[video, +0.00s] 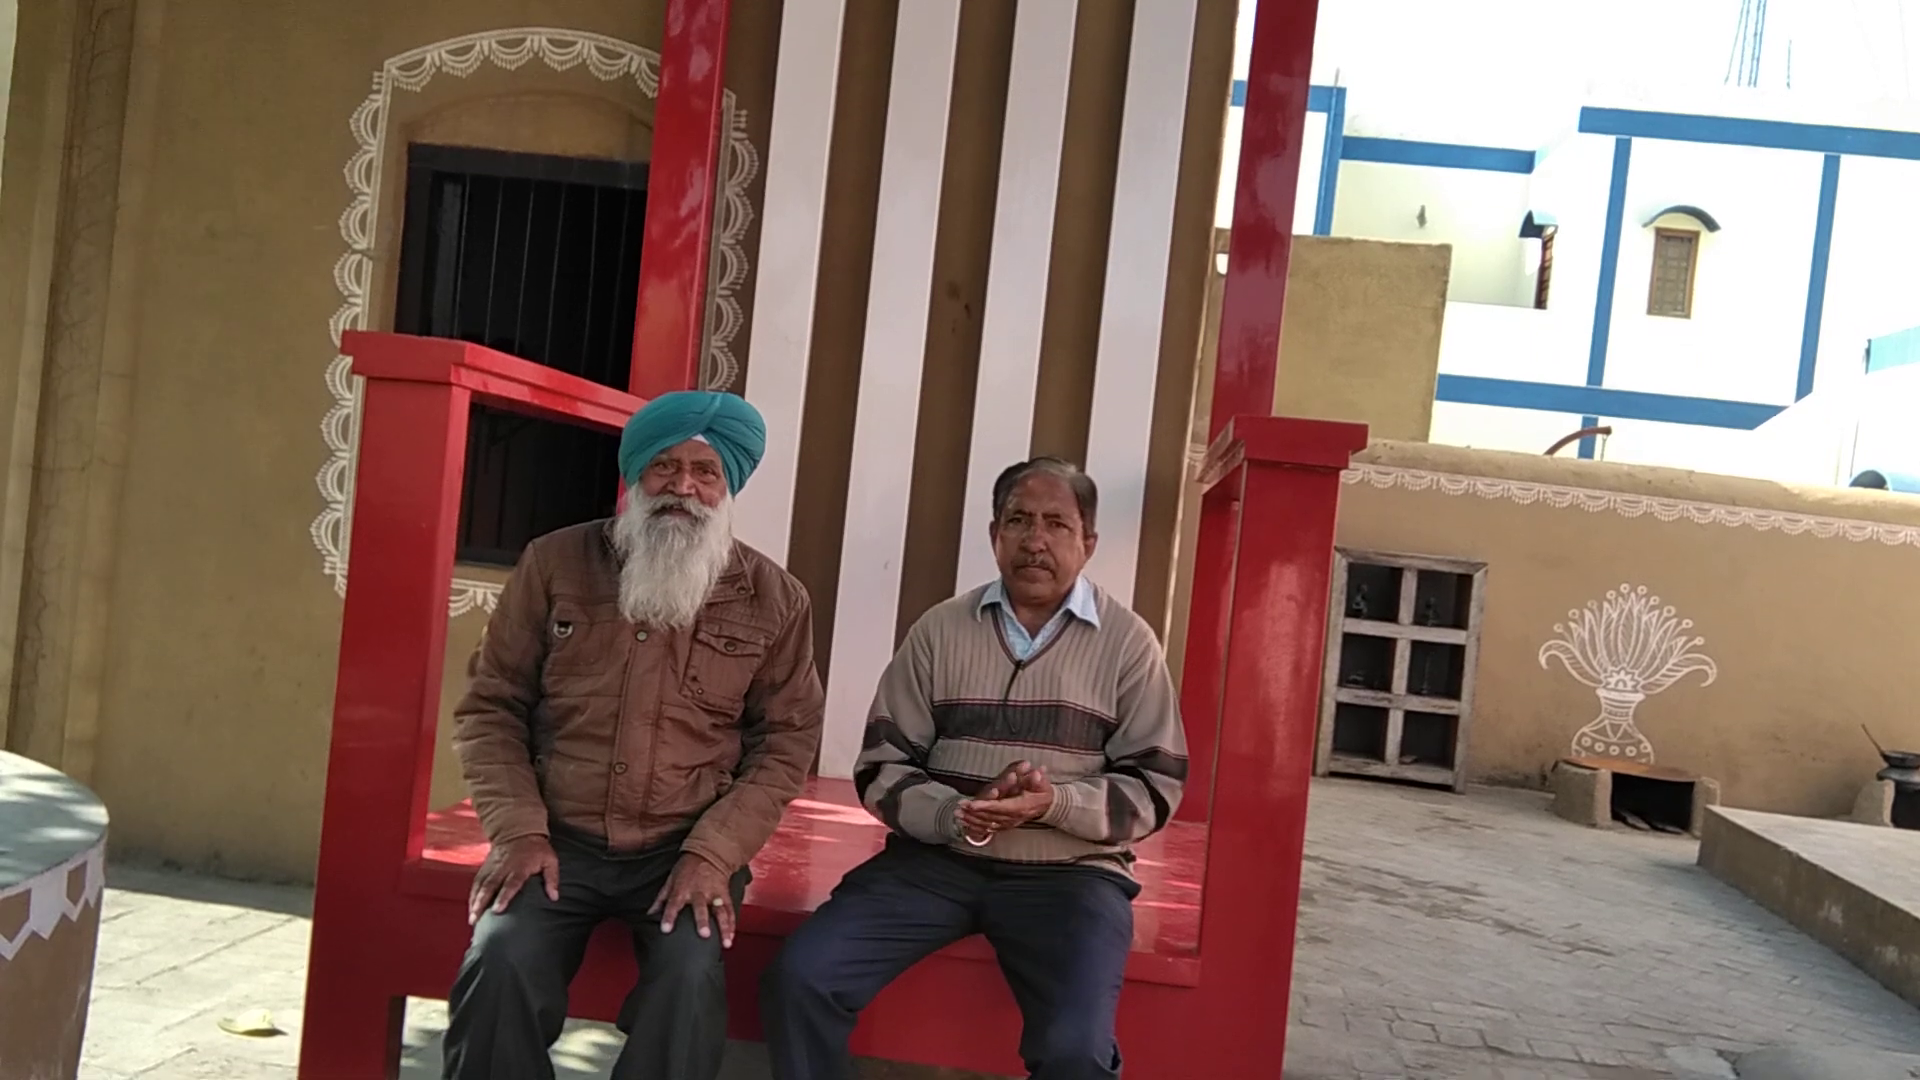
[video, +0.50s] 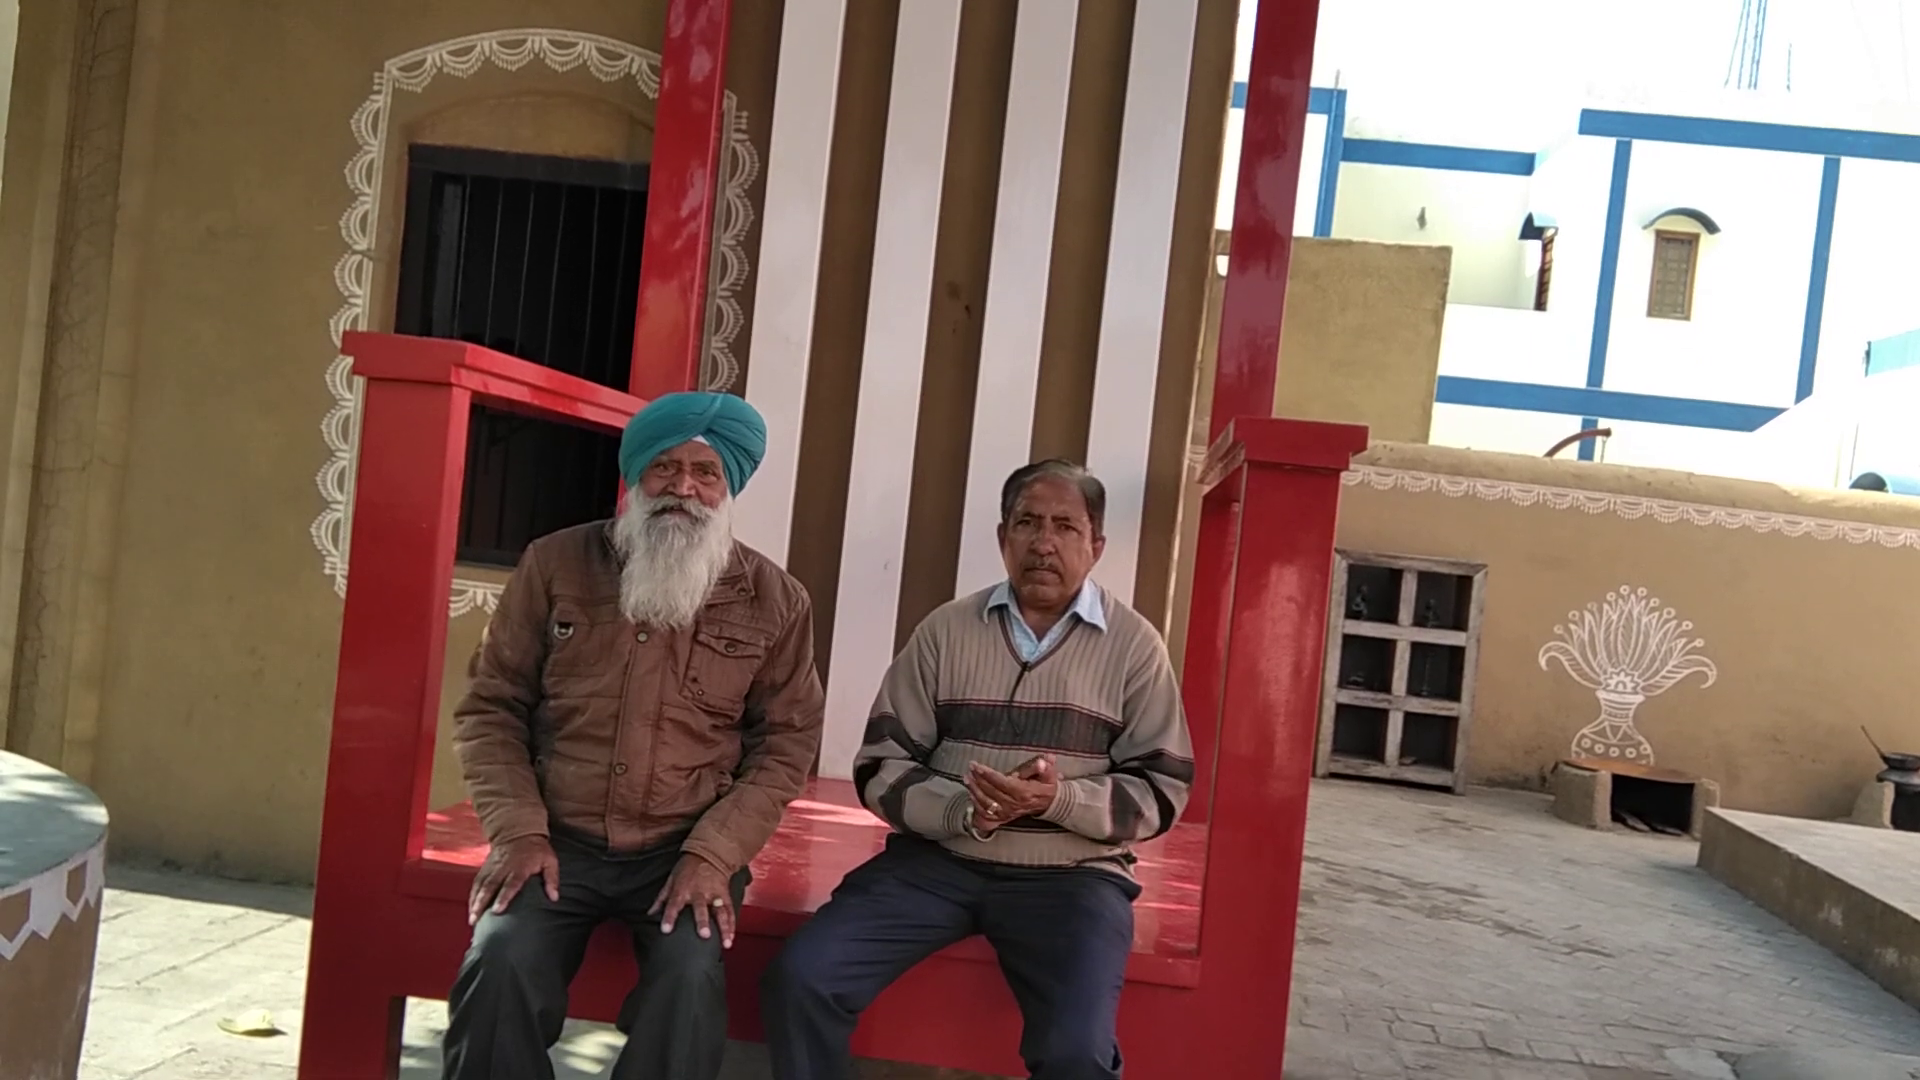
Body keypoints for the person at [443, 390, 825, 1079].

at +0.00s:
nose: (683, 486)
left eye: (705, 471)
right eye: (665, 467)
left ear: (729, 491)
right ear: (631, 481)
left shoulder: (775, 600)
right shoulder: (555, 564)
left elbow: (787, 746)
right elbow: (490, 706)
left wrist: (713, 852)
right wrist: (518, 828)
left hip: (685, 860)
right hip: (556, 849)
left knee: (690, 973)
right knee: (501, 959)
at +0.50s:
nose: (683, 487)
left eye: (706, 472)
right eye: (665, 468)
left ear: (729, 493)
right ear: (631, 483)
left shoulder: (775, 601)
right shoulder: (556, 565)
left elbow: (787, 747)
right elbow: (491, 706)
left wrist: (714, 853)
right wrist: (517, 828)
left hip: (685, 861)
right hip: (556, 849)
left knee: (690, 973)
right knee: (501, 961)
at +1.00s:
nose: (684, 488)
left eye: (706, 474)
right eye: (666, 469)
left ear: (731, 494)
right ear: (634, 483)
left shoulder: (774, 603)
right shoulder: (556, 567)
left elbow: (788, 748)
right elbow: (490, 708)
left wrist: (714, 855)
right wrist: (517, 829)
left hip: (685, 862)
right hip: (555, 851)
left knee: (690, 977)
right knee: (500, 965)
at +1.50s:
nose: (687, 489)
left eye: (709, 474)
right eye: (668, 470)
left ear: (731, 496)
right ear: (634, 484)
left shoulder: (775, 602)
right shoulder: (559, 567)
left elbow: (788, 747)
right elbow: (495, 712)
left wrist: (715, 854)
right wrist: (517, 829)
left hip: (685, 859)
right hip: (555, 848)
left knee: (691, 974)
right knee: (500, 961)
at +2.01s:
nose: (718, 513)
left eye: (731, 495)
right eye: (700, 494)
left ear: (742, 495)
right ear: (647, 492)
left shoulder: (769, 600)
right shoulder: (551, 568)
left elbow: (782, 740)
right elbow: (490, 707)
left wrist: (716, 851)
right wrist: (516, 827)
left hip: (685, 860)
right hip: (557, 848)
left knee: (684, 973)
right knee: (499, 961)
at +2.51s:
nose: (687, 496)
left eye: (707, 481)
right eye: (668, 478)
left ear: (729, 498)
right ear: (634, 489)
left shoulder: (771, 601)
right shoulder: (561, 565)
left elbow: (780, 739)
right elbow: (498, 696)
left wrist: (714, 847)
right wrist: (514, 821)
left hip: (683, 858)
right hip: (556, 843)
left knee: (683, 970)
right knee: (491, 955)